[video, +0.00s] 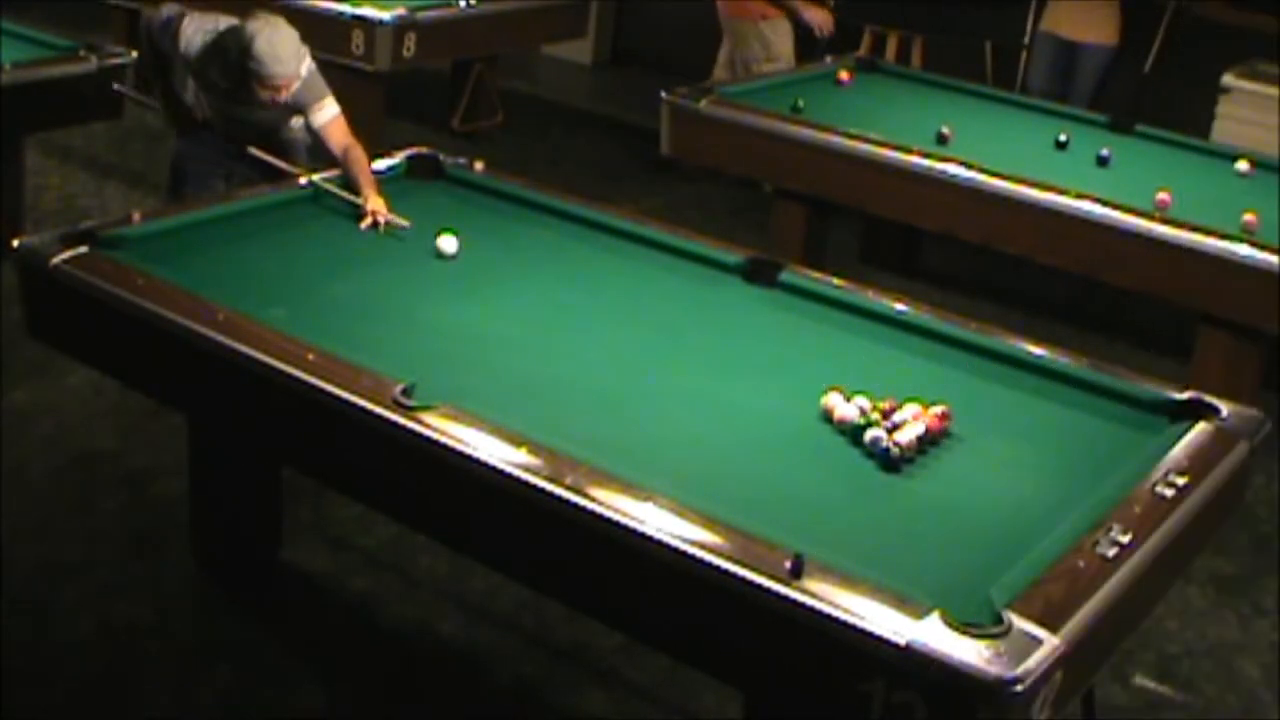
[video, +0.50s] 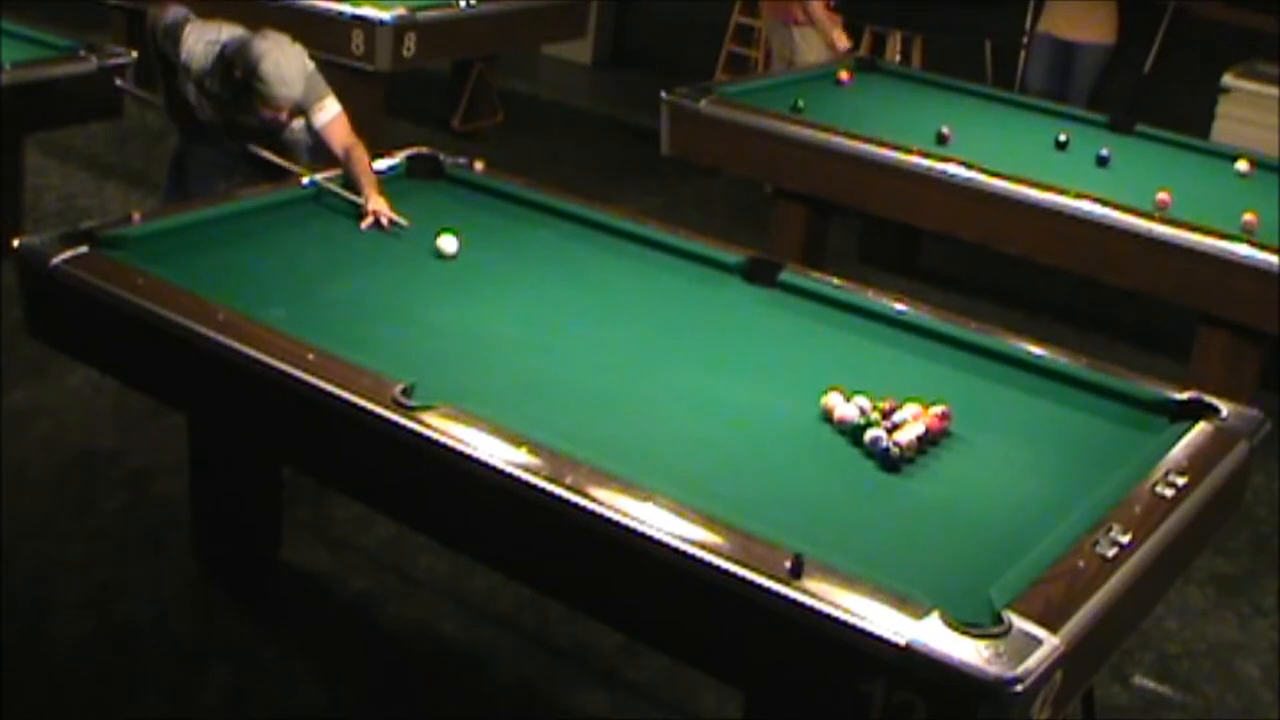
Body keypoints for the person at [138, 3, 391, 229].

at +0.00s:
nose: (283, 97)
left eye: (290, 87)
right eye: (272, 89)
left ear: (300, 68)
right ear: (248, 73)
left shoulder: (306, 75)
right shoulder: (201, 41)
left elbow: (346, 145)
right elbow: (152, 19)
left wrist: (370, 194)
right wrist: (173, 104)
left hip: (274, 139)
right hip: (208, 130)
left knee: (274, 225)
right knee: (195, 222)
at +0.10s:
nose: (283, 104)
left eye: (290, 95)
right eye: (273, 96)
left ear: (300, 75)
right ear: (245, 75)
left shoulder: (306, 75)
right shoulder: (201, 43)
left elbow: (348, 145)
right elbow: (156, 14)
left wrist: (372, 195)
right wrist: (157, 88)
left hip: (271, 139)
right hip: (208, 129)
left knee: (271, 224)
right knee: (193, 218)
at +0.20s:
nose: (284, 109)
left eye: (290, 99)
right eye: (273, 100)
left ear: (299, 78)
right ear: (244, 77)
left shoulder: (305, 74)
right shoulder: (199, 46)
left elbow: (349, 145)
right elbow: (156, 11)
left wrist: (372, 194)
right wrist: (153, 83)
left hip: (274, 137)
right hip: (211, 126)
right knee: (192, 214)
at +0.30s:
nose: (282, 112)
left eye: (289, 102)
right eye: (272, 103)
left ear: (299, 80)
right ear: (242, 76)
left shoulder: (305, 74)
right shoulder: (198, 47)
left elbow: (348, 144)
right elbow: (155, 13)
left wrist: (372, 194)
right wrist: (162, 92)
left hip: (274, 142)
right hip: (208, 130)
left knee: (274, 228)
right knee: (193, 221)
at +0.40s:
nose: (281, 115)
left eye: (288, 106)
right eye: (272, 107)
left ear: (298, 82)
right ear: (242, 80)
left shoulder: (305, 76)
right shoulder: (199, 50)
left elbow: (348, 145)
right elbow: (158, 20)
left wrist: (371, 194)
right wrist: (183, 105)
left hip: (272, 143)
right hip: (208, 133)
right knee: (193, 224)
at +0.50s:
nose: (283, 118)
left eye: (290, 109)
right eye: (272, 109)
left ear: (299, 85)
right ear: (242, 80)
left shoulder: (304, 76)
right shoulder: (200, 53)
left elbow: (348, 145)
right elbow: (162, 15)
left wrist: (373, 194)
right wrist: (173, 102)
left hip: (272, 145)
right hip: (208, 135)